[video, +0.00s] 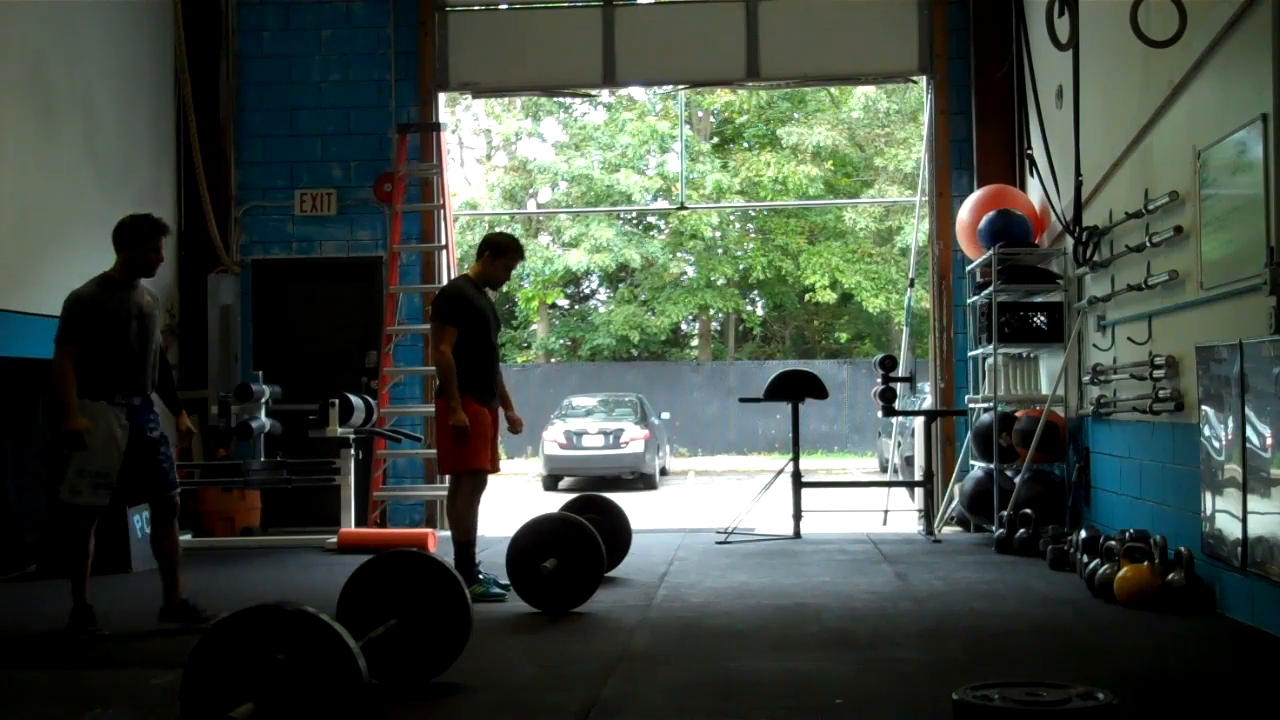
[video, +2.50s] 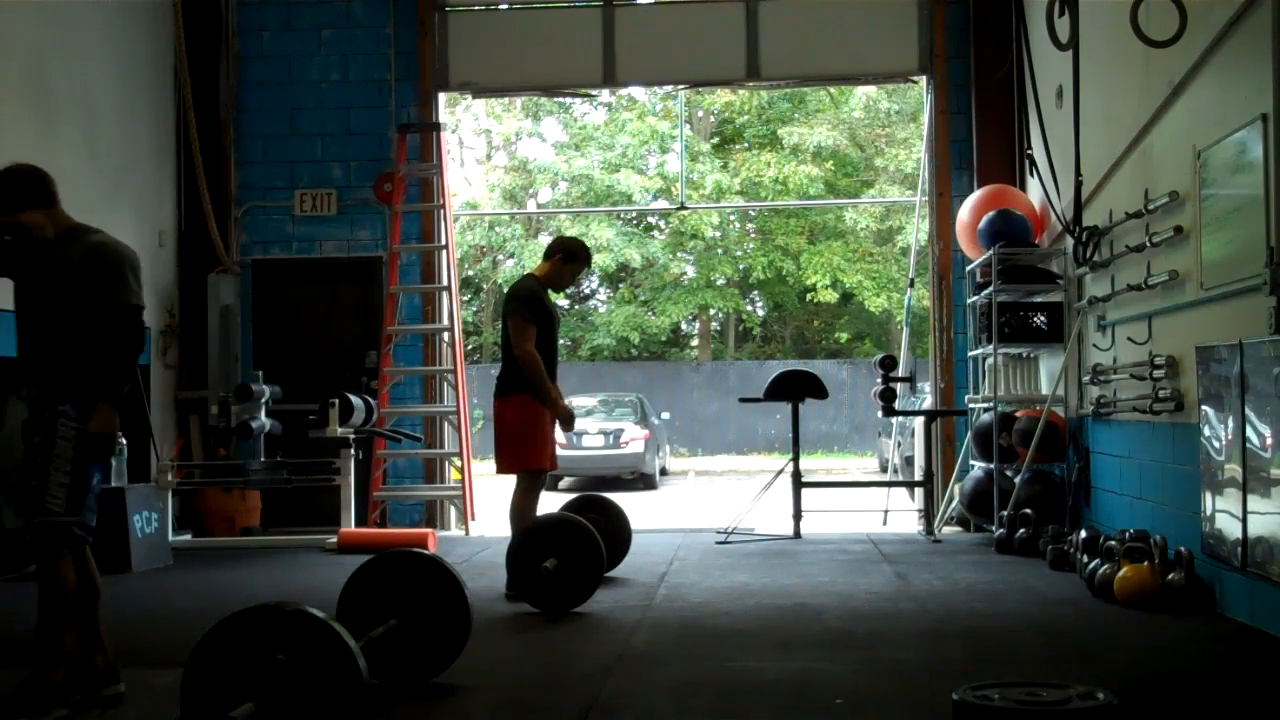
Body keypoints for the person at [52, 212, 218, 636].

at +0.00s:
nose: (161, 257)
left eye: (162, 249)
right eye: (155, 249)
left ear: (142, 251)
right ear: (130, 249)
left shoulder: (151, 302)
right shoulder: (85, 299)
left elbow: (158, 366)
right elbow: (63, 360)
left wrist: (179, 413)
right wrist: (72, 414)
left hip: (144, 417)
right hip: (96, 419)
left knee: (166, 505)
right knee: (88, 514)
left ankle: (174, 601)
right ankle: (80, 607)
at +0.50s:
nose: (225, 255)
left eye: (229, 247)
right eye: (218, 247)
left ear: (230, 248)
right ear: (196, 245)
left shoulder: (226, 298)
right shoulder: (157, 292)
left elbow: (241, 361)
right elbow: (129, 358)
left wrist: (260, 409)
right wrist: (135, 411)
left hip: (210, 413)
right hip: (165, 410)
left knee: (201, 511)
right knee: (173, 505)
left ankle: (200, 604)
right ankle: (158, 597)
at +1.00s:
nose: (219, 239)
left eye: (224, 230)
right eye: (209, 232)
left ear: (236, 232)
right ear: (194, 237)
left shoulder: (259, 285)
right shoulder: (176, 293)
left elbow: (284, 347)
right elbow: (154, 365)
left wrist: (310, 398)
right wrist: (142, 428)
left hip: (256, 410)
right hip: (204, 413)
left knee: (273, 503)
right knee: (225, 516)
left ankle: (232, 575)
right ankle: (239, 608)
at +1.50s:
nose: (204, 226)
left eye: (213, 218)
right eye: (195, 219)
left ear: (230, 223)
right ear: (184, 227)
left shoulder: (260, 281)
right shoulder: (166, 285)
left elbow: (293, 348)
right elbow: (145, 355)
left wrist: (322, 402)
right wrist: (143, 415)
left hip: (244, 418)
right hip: (190, 419)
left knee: (238, 528)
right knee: (209, 529)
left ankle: (235, 623)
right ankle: (239, 609)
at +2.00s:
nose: (122, 226)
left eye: (129, 215)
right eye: (118, 217)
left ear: (157, 211)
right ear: (121, 220)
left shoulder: (210, 270)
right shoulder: (125, 281)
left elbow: (237, 337)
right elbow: (108, 355)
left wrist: (215, 385)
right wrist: (71, 415)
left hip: (194, 418)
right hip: (135, 419)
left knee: (210, 533)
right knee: (122, 535)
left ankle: (225, 637)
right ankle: (108, 655)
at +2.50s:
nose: (12, 233)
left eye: (14, 221)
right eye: (8, 224)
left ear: (32, 209)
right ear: (46, 201)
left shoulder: (106, 257)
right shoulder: (33, 259)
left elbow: (125, 343)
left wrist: (110, 407)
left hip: (82, 418)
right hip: (48, 416)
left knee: (60, 544)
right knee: (67, 543)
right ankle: (92, 668)